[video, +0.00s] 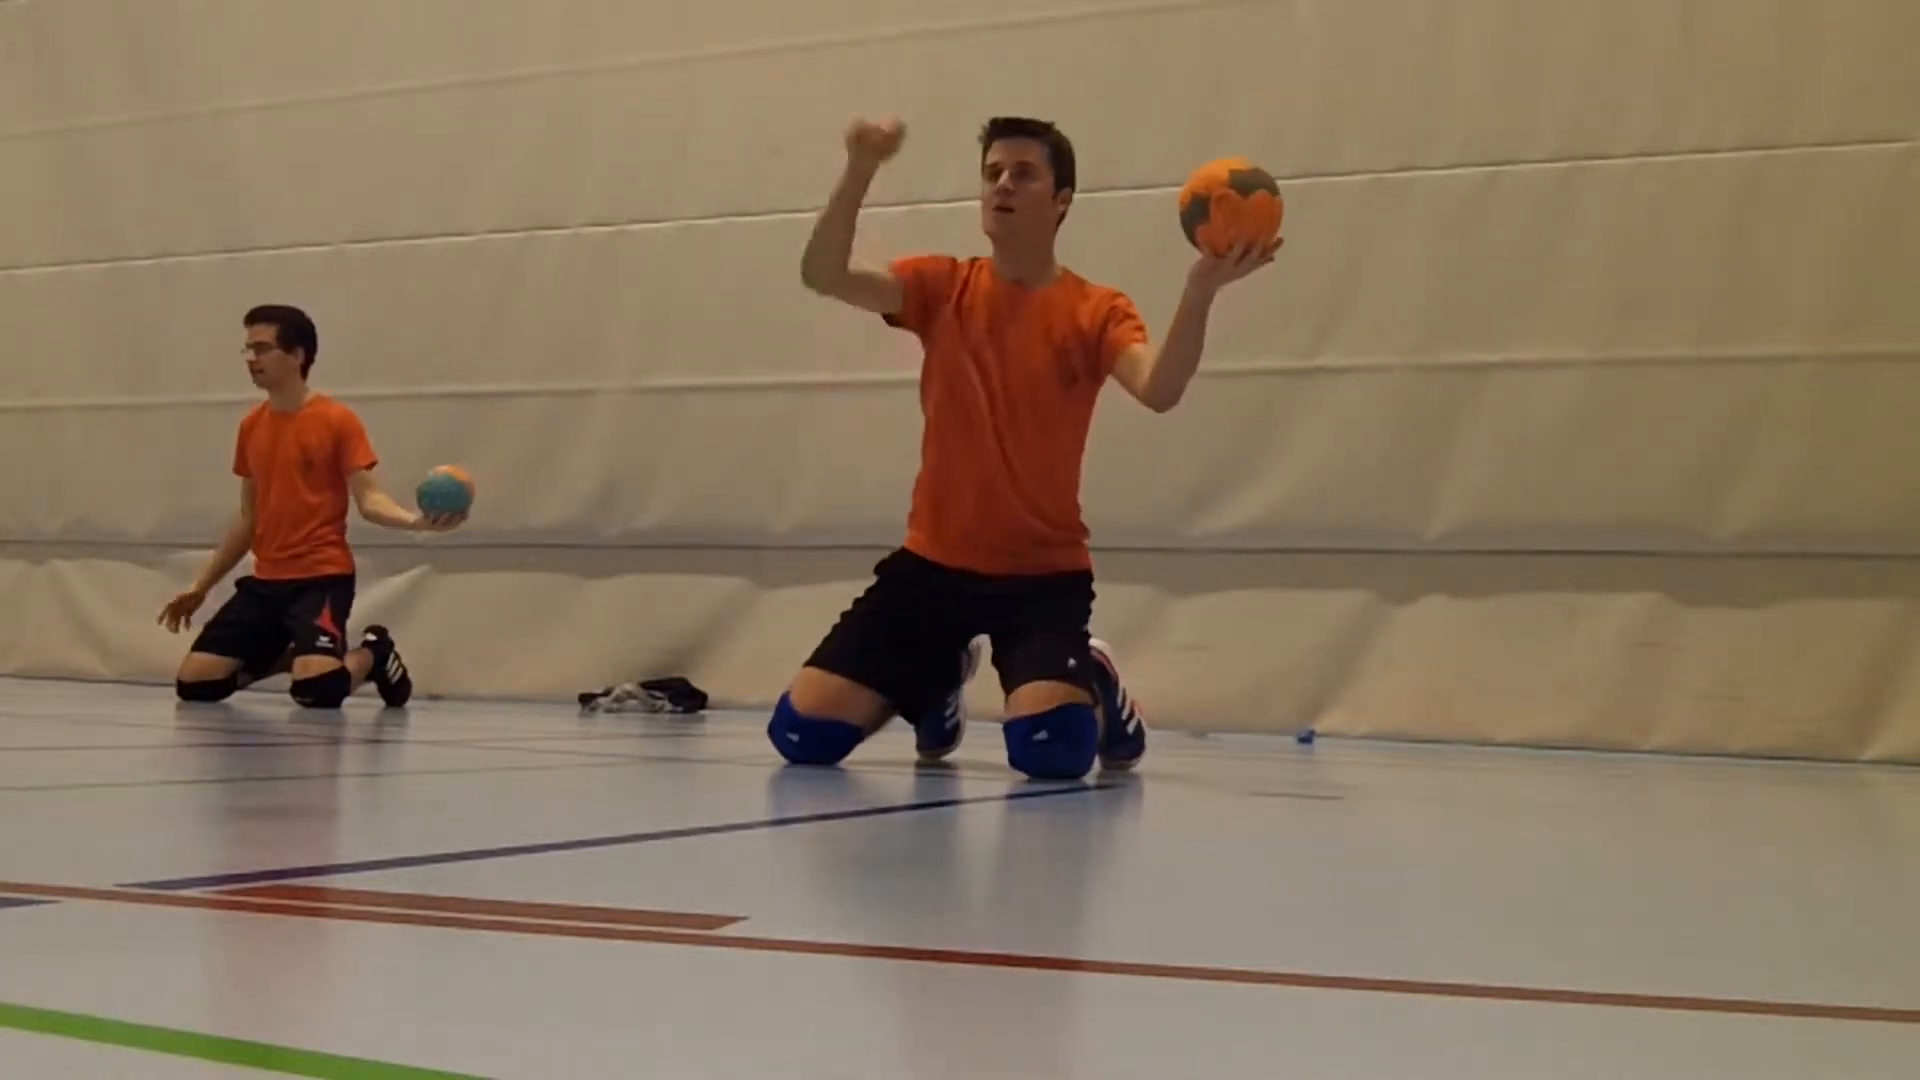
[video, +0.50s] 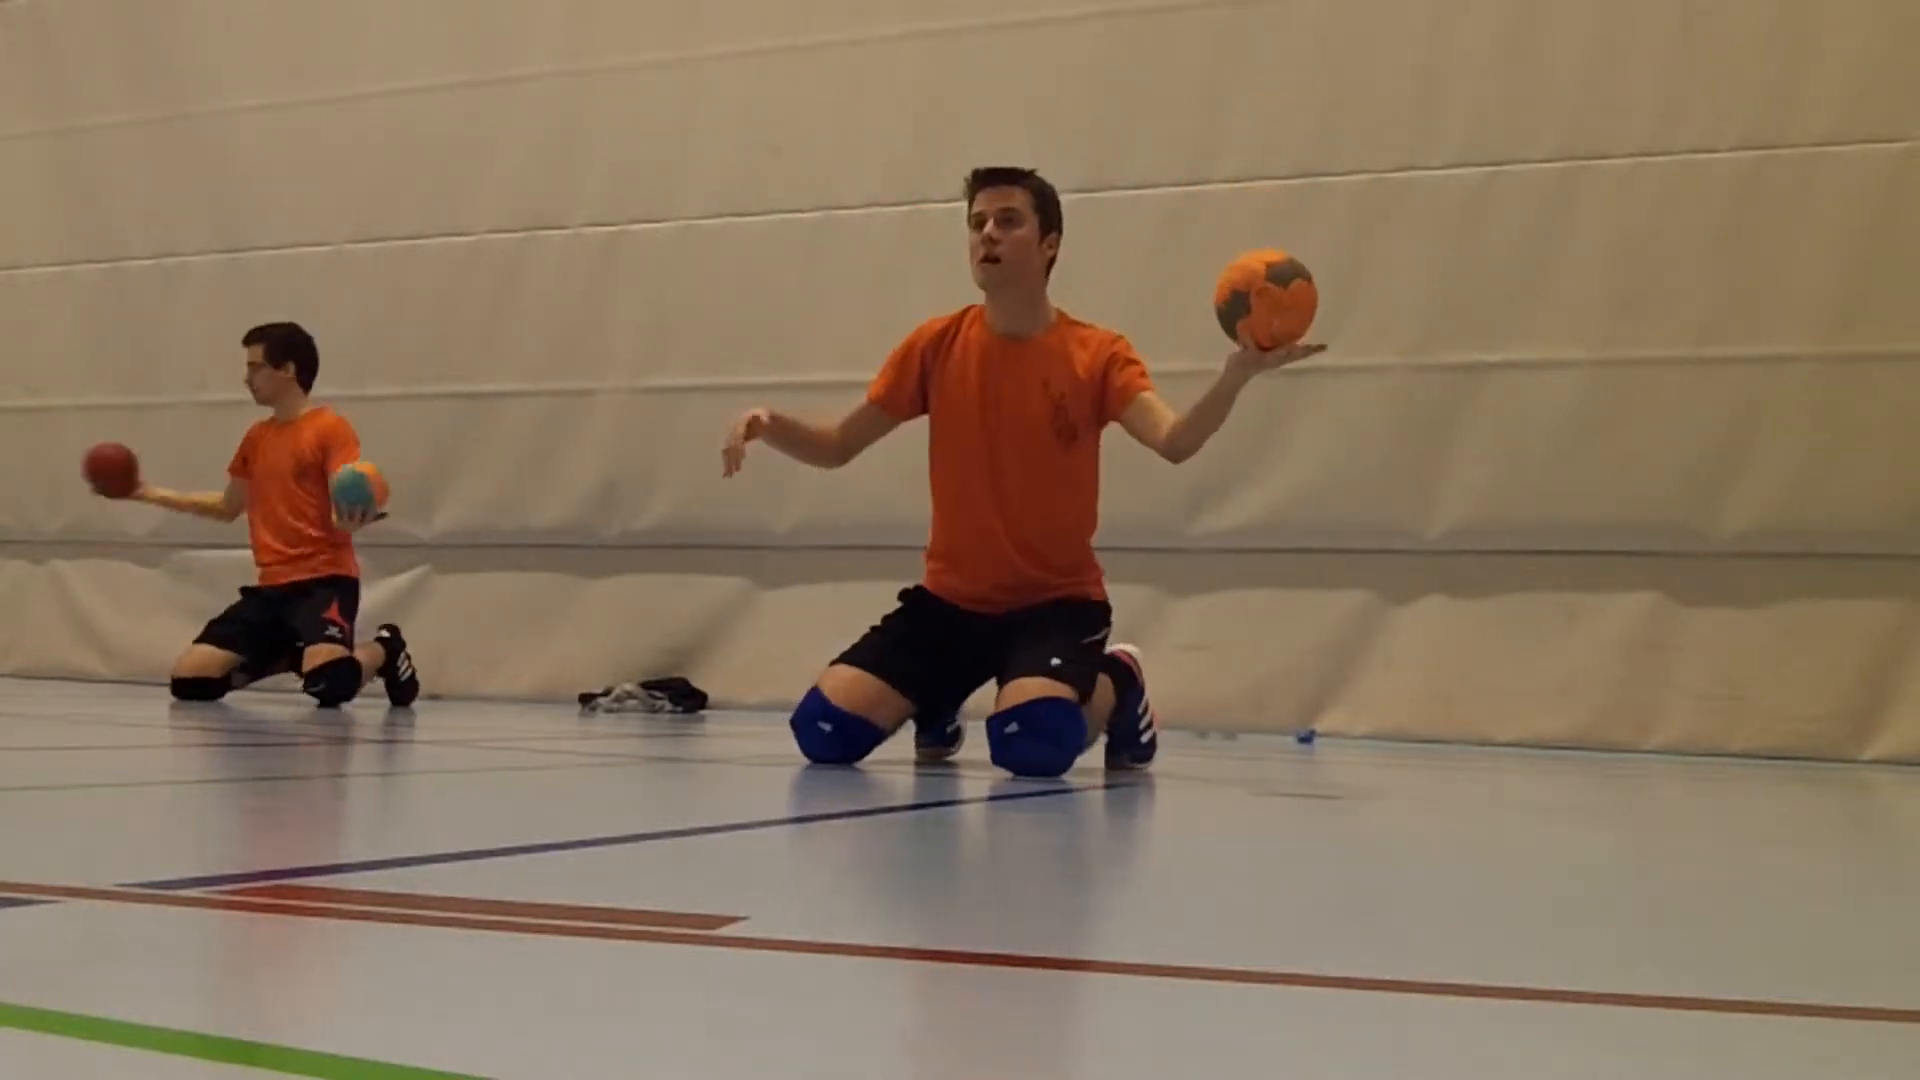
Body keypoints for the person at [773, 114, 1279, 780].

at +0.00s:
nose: (1004, 185)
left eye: (1024, 174)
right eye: (994, 173)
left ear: (1062, 202)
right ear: (979, 194)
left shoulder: (1093, 311)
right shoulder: (942, 287)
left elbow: (1160, 389)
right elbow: (824, 272)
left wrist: (1203, 287)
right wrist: (857, 171)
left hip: (1043, 575)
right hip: (932, 566)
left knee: (1046, 753)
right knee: (800, 737)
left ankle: (1096, 681)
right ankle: (935, 672)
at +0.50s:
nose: (988, 235)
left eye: (1009, 221)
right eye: (978, 224)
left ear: (1050, 247)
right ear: (966, 246)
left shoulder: (1094, 356)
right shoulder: (938, 347)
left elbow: (1177, 441)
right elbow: (836, 444)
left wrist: (1238, 368)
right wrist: (772, 423)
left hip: (1056, 603)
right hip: (949, 601)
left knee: (1029, 750)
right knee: (821, 736)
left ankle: (1118, 684)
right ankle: (936, 690)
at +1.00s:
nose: (999, 229)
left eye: (1019, 217)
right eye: (988, 218)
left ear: (1056, 241)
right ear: (974, 239)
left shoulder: (1093, 355)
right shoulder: (936, 334)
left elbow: (1158, 449)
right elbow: (853, 440)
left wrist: (1216, 381)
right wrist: (793, 430)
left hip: (1037, 600)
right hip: (930, 594)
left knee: (1029, 751)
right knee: (785, 735)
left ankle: (1105, 687)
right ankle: (924, 682)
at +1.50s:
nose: (953, 239)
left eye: (971, 223)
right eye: (944, 229)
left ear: (1017, 243)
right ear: (938, 248)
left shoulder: (1071, 348)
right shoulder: (924, 343)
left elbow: (1118, 465)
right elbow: (914, 439)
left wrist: (1149, 396)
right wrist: (868, 431)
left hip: (1044, 600)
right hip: (940, 596)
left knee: (1050, 752)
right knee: (803, 734)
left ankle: (1106, 684)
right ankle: (925, 692)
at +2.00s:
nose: (963, 253)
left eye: (981, 235)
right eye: (955, 240)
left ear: (1028, 249)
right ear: (948, 254)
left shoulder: (1064, 341)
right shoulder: (965, 353)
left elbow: (1074, 437)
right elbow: (964, 482)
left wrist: (1076, 328)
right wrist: (899, 439)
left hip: (1028, 607)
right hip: (930, 605)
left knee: (1049, 753)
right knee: (790, 731)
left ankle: (1096, 685)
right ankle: (928, 689)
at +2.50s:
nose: (1015, 203)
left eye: (1037, 194)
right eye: (1006, 192)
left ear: (1071, 224)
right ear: (989, 216)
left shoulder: (1098, 335)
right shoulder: (951, 297)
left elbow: (1161, 427)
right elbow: (853, 225)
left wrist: (1194, 330)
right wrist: (847, 135)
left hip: (1054, 589)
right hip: (946, 581)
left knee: (1050, 751)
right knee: (808, 737)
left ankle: (1108, 684)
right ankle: (934, 683)